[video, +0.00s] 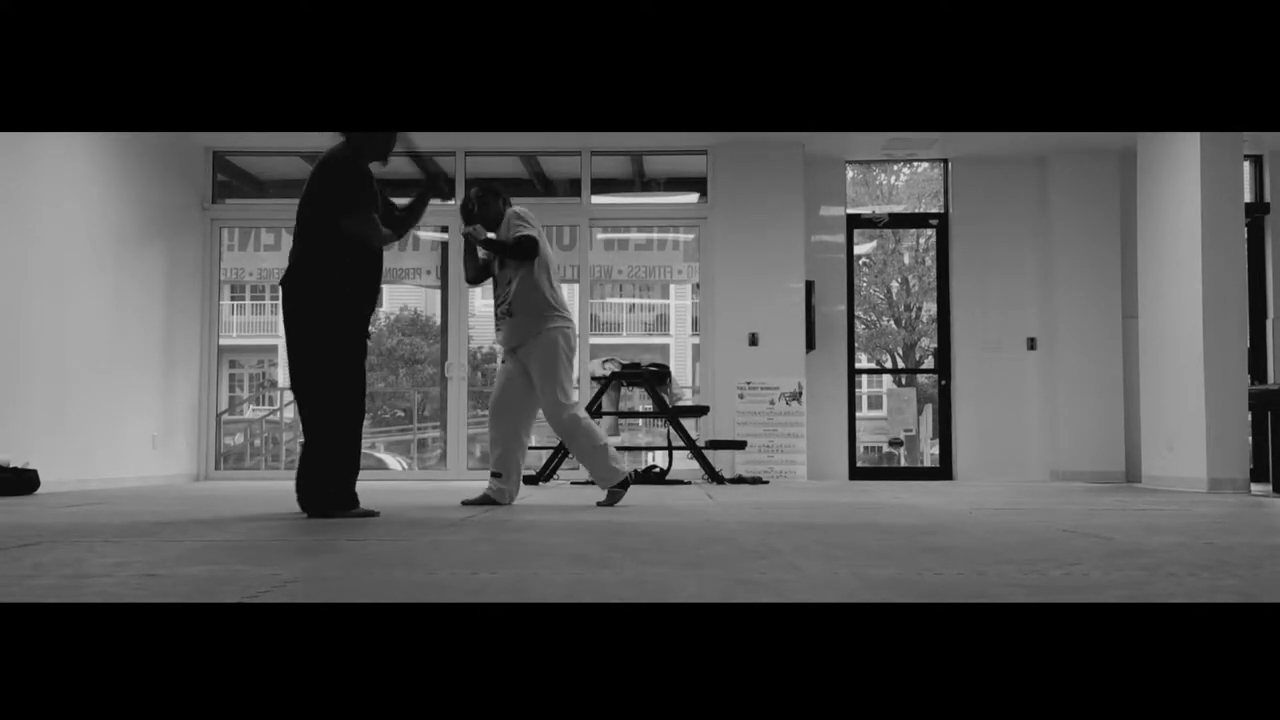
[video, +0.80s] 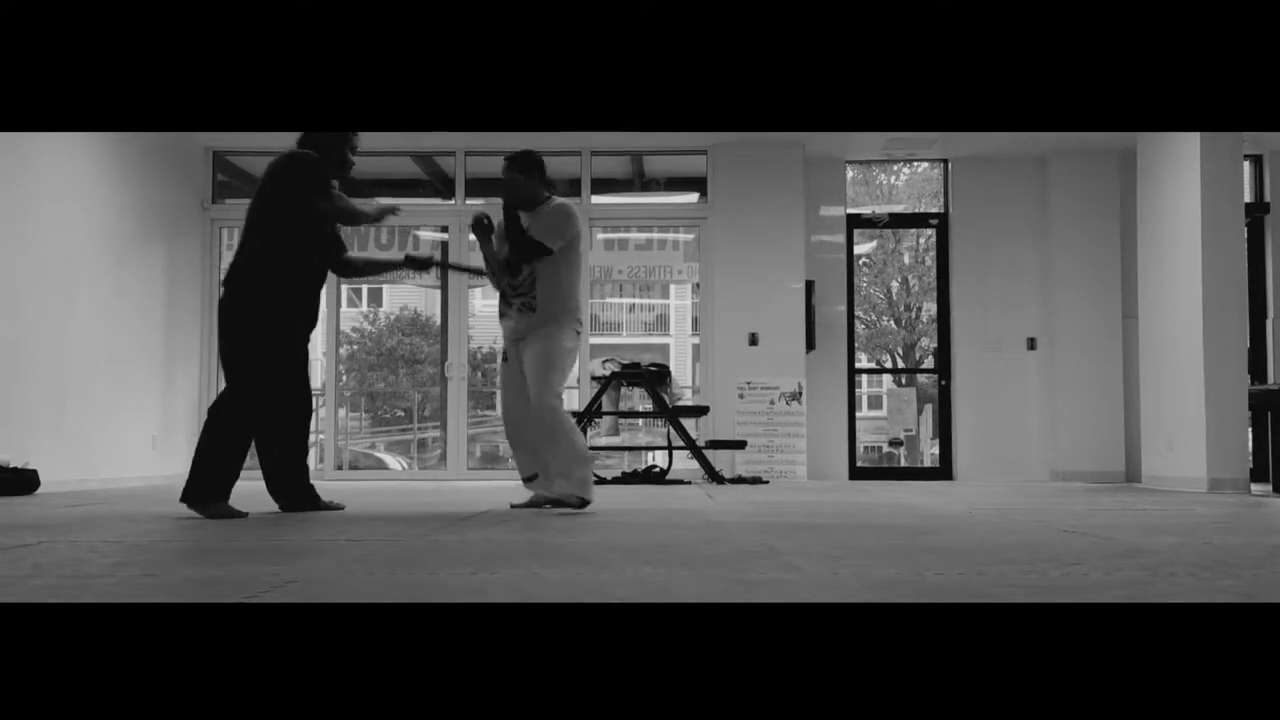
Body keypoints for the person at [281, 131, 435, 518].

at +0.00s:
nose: (393, 146)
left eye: (393, 140)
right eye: (390, 138)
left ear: (364, 135)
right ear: (372, 135)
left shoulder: (355, 171)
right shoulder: (343, 168)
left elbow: (394, 227)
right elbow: (373, 235)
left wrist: (426, 193)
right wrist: (388, 228)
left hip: (339, 305)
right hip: (325, 305)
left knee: (338, 399)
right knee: (334, 399)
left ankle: (328, 497)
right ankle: (329, 499)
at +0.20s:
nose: (380, 147)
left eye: (381, 140)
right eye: (377, 139)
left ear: (341, 138)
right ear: (360, 138)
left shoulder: (324, 167)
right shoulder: (348, 172)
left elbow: (370, 212)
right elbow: (360, 231)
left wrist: (410, 193)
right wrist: (393, 261)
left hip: (304, 304)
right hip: (331, 308)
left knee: (304, 395)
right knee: (341, 397)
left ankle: (300, 494)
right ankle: (333, 499)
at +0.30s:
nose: (379, 150)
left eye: (378, 143)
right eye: (377, 142)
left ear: (333, 138)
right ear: (364, 140)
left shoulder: (310, 173)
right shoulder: (348, 176)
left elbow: (322, 238)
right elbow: (364, 244)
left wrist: (375, 238)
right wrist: (399, 293)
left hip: (291, 305)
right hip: (324, 309)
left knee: (297, 394)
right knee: (332, 395)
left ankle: (297, 495)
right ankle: (330, 500)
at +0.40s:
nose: (376, 155)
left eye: (377, 148)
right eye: (374, 147)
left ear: (333, 141)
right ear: (358, 143)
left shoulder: (305, 176)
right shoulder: (349, 177)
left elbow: (287, 242)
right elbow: (367, 237)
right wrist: (390, 285)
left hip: (280, 302)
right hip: (314, 306)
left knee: (285, 394)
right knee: (316, 393)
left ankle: (293, 496)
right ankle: (309, 496)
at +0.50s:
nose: (372, 161)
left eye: (373, 152)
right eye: (370, 151)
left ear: (328, 145)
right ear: (353, 148)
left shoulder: (296, 183)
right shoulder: (342, 178)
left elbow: (279, 248)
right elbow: (366, 233)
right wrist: (402, 265)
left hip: (274, 299)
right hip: (303, 305)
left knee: (294, 398)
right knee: (288, 397)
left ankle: (299, 491)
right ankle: (255, 490)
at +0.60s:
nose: (366, 161)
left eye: (366, 153)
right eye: (362, 151)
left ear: (326, 143)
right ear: (345, 147)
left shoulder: (305, 178)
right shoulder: (328, 174)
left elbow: (302, 257)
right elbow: (368, 224)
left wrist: (351, 285)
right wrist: (410, 243)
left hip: (281, 302)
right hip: (288, 305)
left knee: (290, 396)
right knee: (278, 393)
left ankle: (297, 497)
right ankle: (220, 484)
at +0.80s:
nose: (353, 161)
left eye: (354, 153)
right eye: (349, 151)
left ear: (323, 146)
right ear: (328, 146)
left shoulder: (312, 196)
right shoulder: (299, 166)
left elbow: (345, 265)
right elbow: (339, 209)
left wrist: (404, 261)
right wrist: (374, 211)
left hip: (282, 314)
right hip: (258, 309)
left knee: (289, 403)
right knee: (246, 397)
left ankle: (296, 497)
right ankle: (204, 493)